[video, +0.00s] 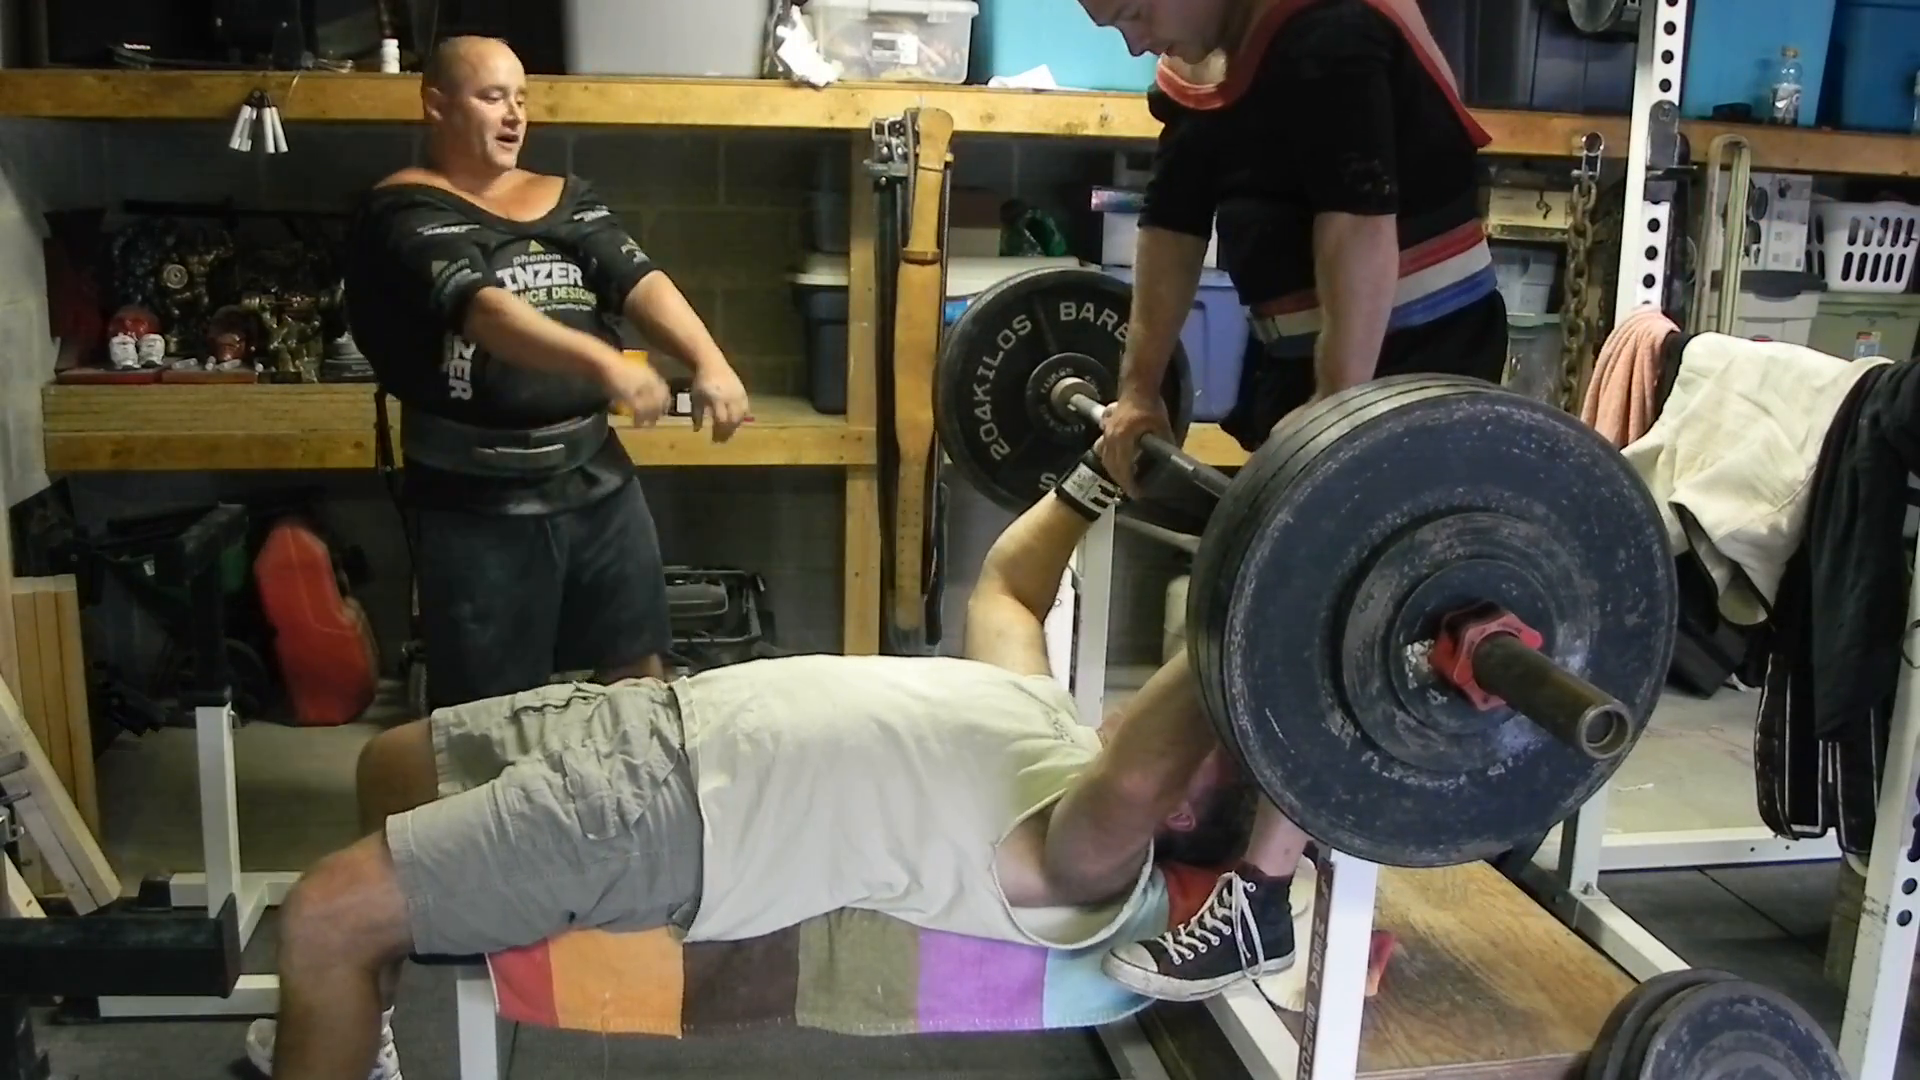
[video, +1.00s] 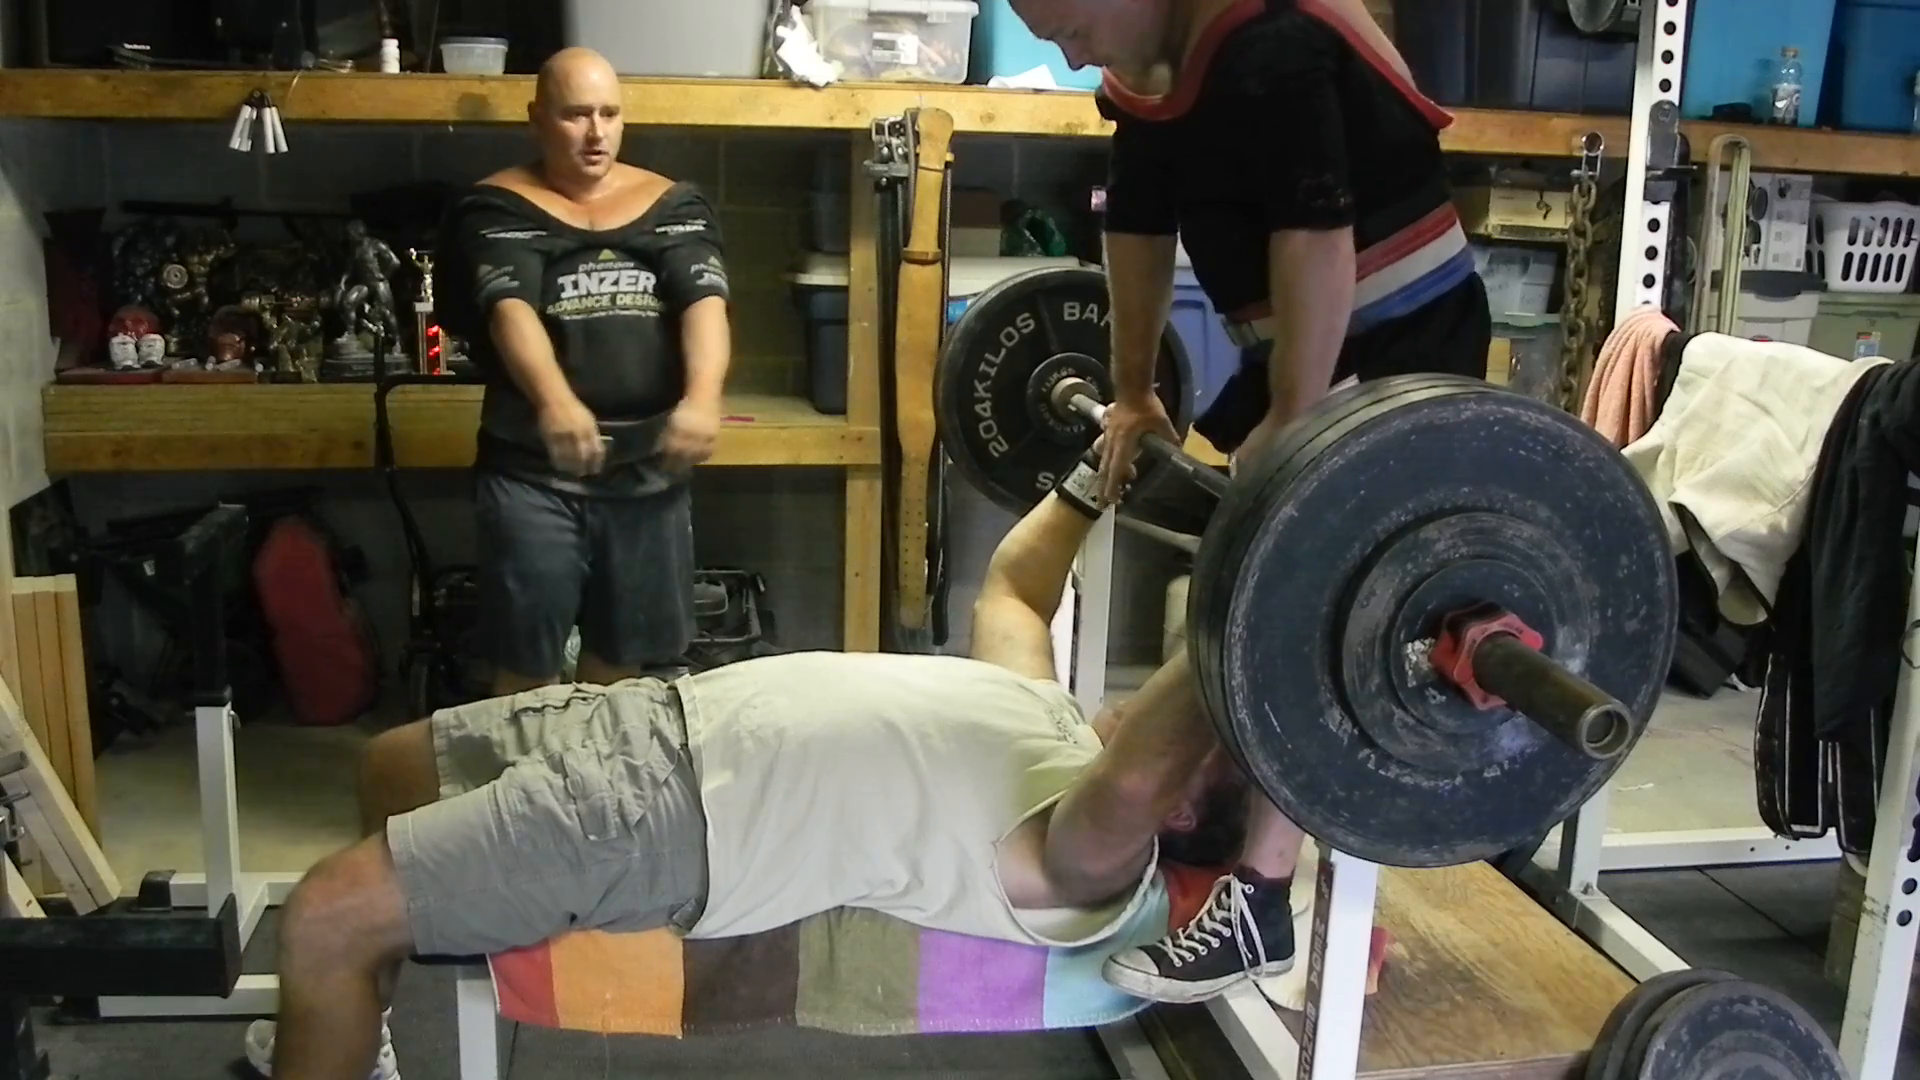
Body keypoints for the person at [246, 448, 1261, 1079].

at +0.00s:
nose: (1191, 722)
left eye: (1224, 744)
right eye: (1214, 721)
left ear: (1207, 833)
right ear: (1187, 720)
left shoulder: (1088, 871)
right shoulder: (1047, 720)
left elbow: (1149, 763)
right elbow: (1009, 587)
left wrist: (1282, 609)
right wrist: (1101, 478)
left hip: (665, 817)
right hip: (652, 713)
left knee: (323, 916)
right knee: (390, 768)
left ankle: (331, 1064)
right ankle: (349, 1000)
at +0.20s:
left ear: (1208, 865)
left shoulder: (1091, 871)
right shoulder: (1045, 726)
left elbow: (1157, 764)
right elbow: (1014, 589)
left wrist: (1273, 598)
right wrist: (1103, 474)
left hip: (674, 817)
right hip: (661, 716)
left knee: (329, 917)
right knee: (395, 763)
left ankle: (339, 1056)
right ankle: (382, 976)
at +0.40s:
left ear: (1193, 876)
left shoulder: (1088, 876)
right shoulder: (1047, 728)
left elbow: (1143, 770)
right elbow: (1012, 589)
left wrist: (1268, 601)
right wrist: (1099, 476)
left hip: (666, 814)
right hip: (655, 713)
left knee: (323, 915)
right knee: (389, 761)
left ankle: (339, 1051)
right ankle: (386, 978)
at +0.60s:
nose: (1189, 720)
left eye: (1220, 742)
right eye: (1211, 722)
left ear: (1201, 828)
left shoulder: (1088, 875)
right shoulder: (1051, 722)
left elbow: (1142, 761)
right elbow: (1015, 587)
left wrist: (1276, 619)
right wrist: (1105, 474)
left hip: (672, 814)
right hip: (660, 714)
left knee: (328, 910)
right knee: (393, 759)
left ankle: (344, 1063)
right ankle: (405, 989)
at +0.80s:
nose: (1186, 714)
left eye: (1215, 735)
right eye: (1207, 716)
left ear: (1200, 818)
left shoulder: (1084, 869)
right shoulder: (1052, 724)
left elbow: (1151, 755)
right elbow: (1017, 588)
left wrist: (1280, 618)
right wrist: (1100, 478)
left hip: (668, 817)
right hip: (659, 717)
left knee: (326, 911)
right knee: (391, 768)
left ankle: (339, 1062)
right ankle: (383, 1005)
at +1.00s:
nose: (1185, 715)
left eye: (1216, 735)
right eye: (1209, 716)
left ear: (1202, 827)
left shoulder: (1088, 868)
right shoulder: (1049, 723)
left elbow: (1151, 757)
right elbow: (1014, 586)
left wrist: (1277, 594)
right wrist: (1098, 486)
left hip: (669, 817)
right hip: (660, 714)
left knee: (326, 916)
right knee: (390, 769)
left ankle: (327, 1065)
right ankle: (359, 1010)